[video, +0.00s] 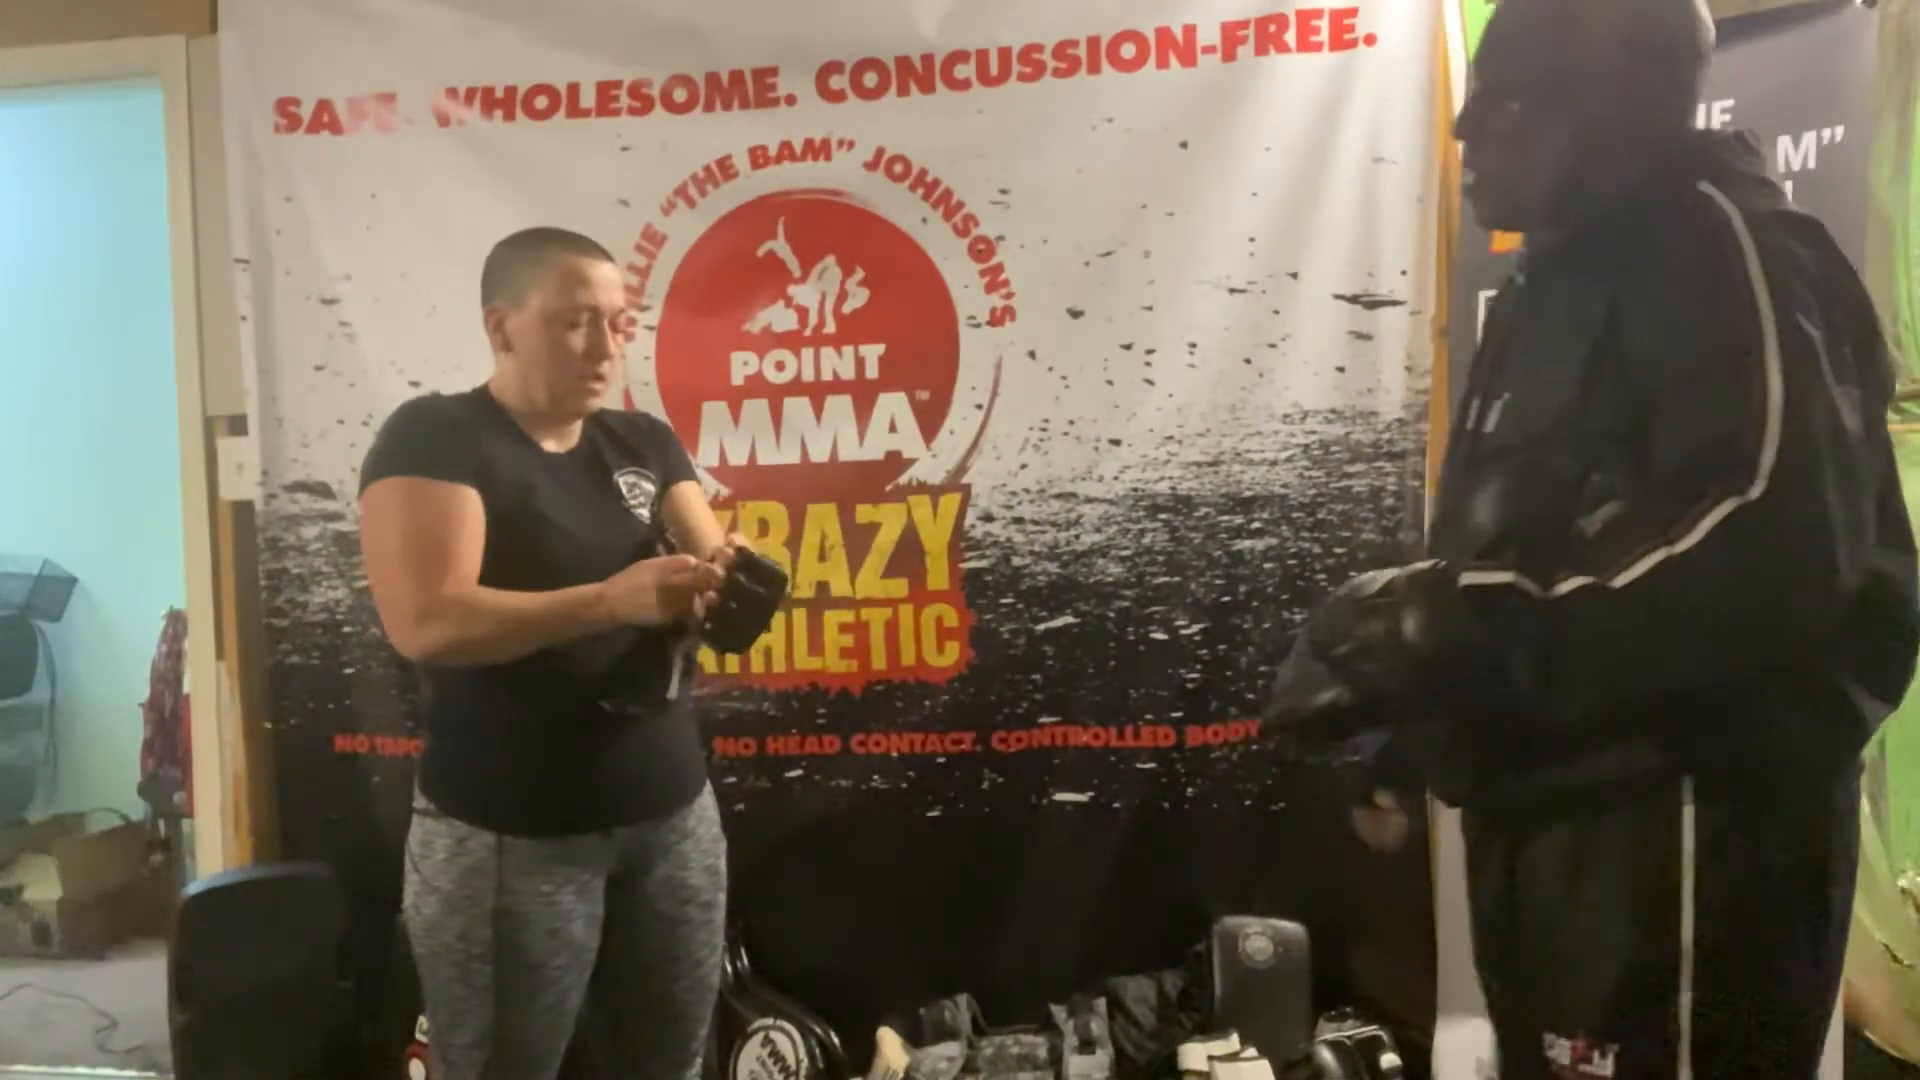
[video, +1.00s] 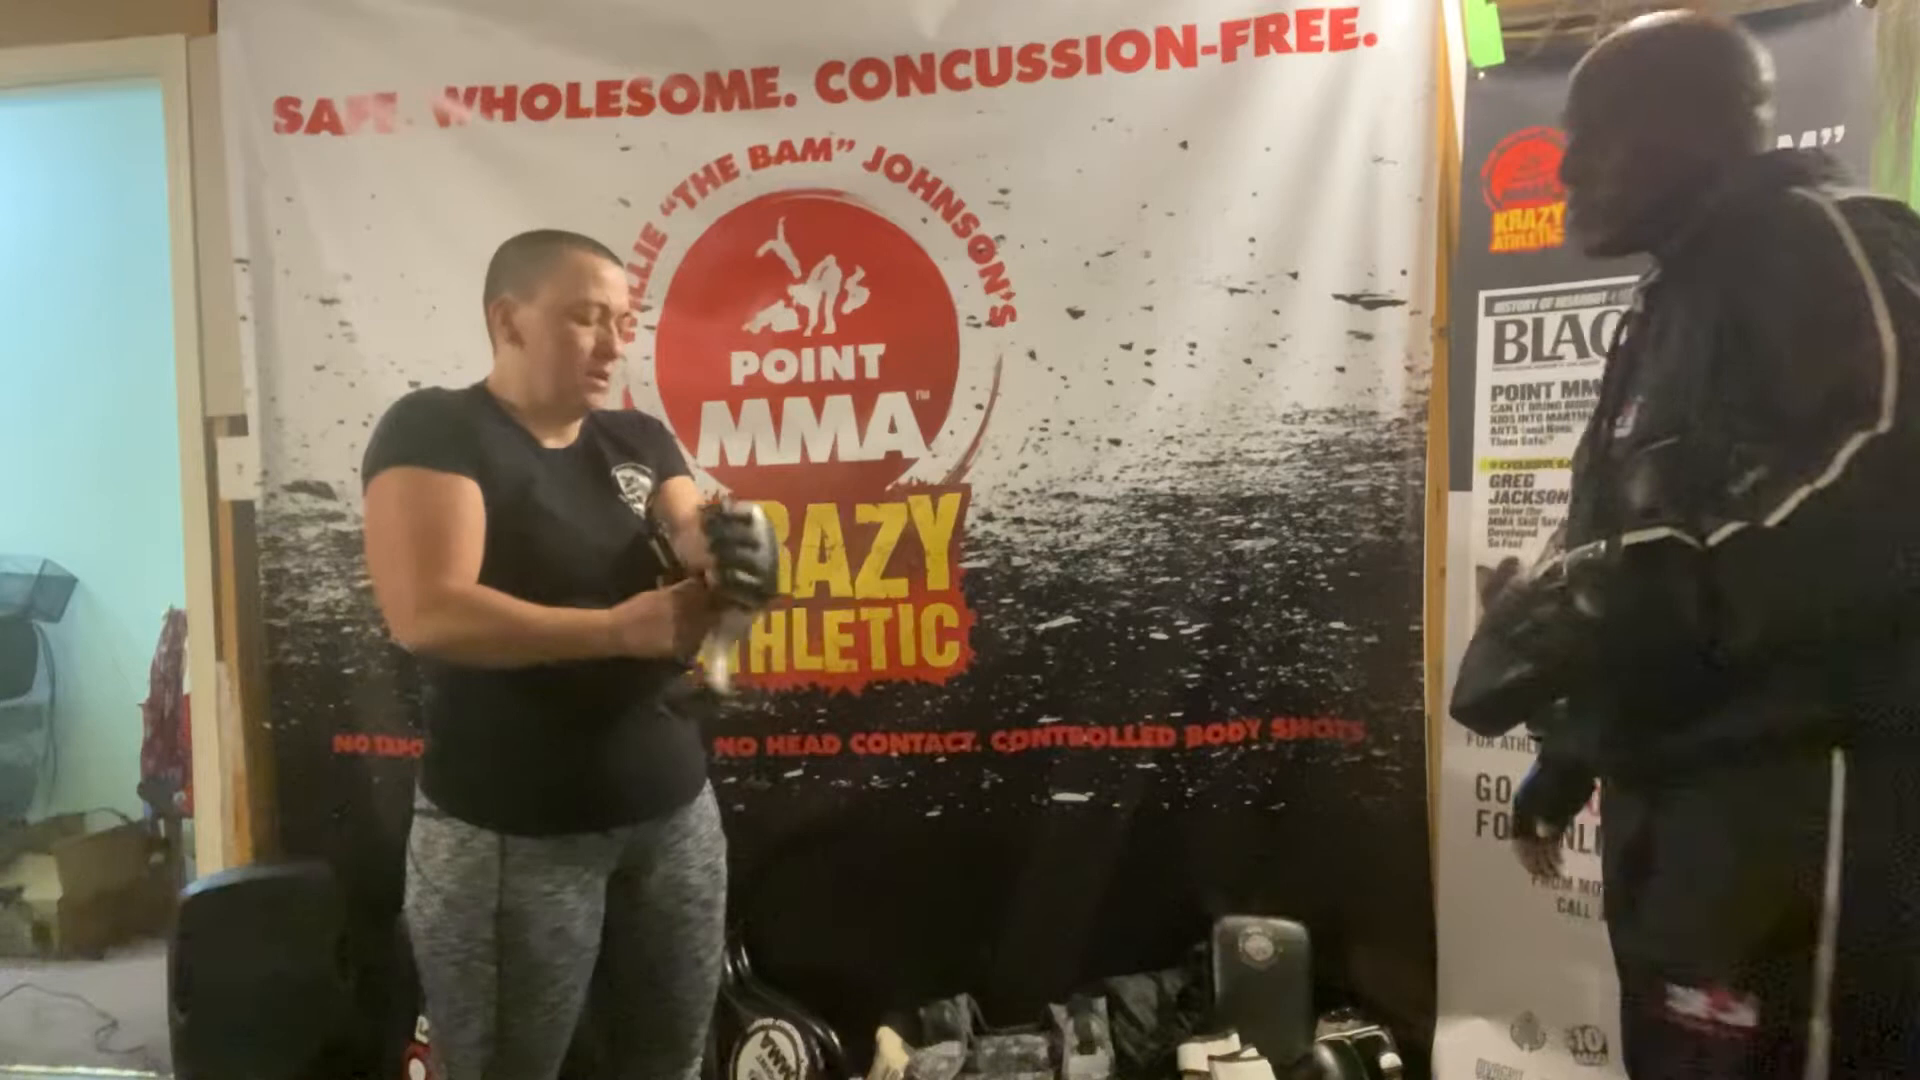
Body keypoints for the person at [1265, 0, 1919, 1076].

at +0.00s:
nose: (1464, 120)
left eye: (1503, 88)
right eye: (1473, 89)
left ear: (1612, 92)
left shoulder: (1720, 239)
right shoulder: (1543, 285)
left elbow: (1772, 537)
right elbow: (1500, 548)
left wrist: (1452, 627)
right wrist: (1399, 746)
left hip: (1700, 836)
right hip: (1564, 829)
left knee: (1681, 1062)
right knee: (1562, 1060)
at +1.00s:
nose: (1565, 164)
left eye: (1591, 131)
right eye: (1569, 134)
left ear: (1677, 135)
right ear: (1652, 147)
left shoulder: (1792, 229)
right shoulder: (1678, 290)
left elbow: (1872, 470)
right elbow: (1627, 544)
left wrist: (1634, 599)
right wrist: (1566, 760)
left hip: (1782, 771)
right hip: (1688, 772)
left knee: (1733, 1045)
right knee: (1677, 1042)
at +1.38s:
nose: (1638, 108)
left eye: (1667, 73)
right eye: (1648, 78)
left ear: (1774, 63)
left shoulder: (1891, 217)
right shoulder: (1701, 311)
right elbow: (1670, 581)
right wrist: (1610, 744)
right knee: (1643, 1052)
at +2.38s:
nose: (1608, 57)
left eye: (1654, 34)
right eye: (1617, 38)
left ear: (1765, 65)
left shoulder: (1846, 229)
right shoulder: (1639, 285)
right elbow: (1584, 548)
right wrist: (1533, 766)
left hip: (1794, 808)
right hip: (1635, 811)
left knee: (1799, 1053)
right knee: (1617, 1053)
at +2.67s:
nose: (1503, 142)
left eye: (1532, 104)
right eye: (1508, 116)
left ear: (1639, 112)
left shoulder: (1765, 230)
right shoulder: (1539, 338)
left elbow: (1890, 452)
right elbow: (1508, 591)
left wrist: (1598, 596)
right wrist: (1423, 768)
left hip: (1766, 775)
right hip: (1591, 790)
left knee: (1762, 1057)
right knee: (1595, 1053)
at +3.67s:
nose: (1629, 69)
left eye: (1676, 35)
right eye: (1622, 47)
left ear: (1805, 51)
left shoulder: (1884, 227)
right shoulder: (1613, 300)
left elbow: (1894, 572)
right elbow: (1543, 564)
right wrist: (1447, 732)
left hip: (1823, 842)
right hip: (1617, 839)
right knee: (1592, 1058)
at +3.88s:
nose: (1643, 40)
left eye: (1681, 9)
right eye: (1645, 19)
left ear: (1822, 24)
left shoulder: (1892, 196)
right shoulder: (1643, 305)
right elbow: (1615, 591)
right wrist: (1516, 753)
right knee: (1590, 1057)